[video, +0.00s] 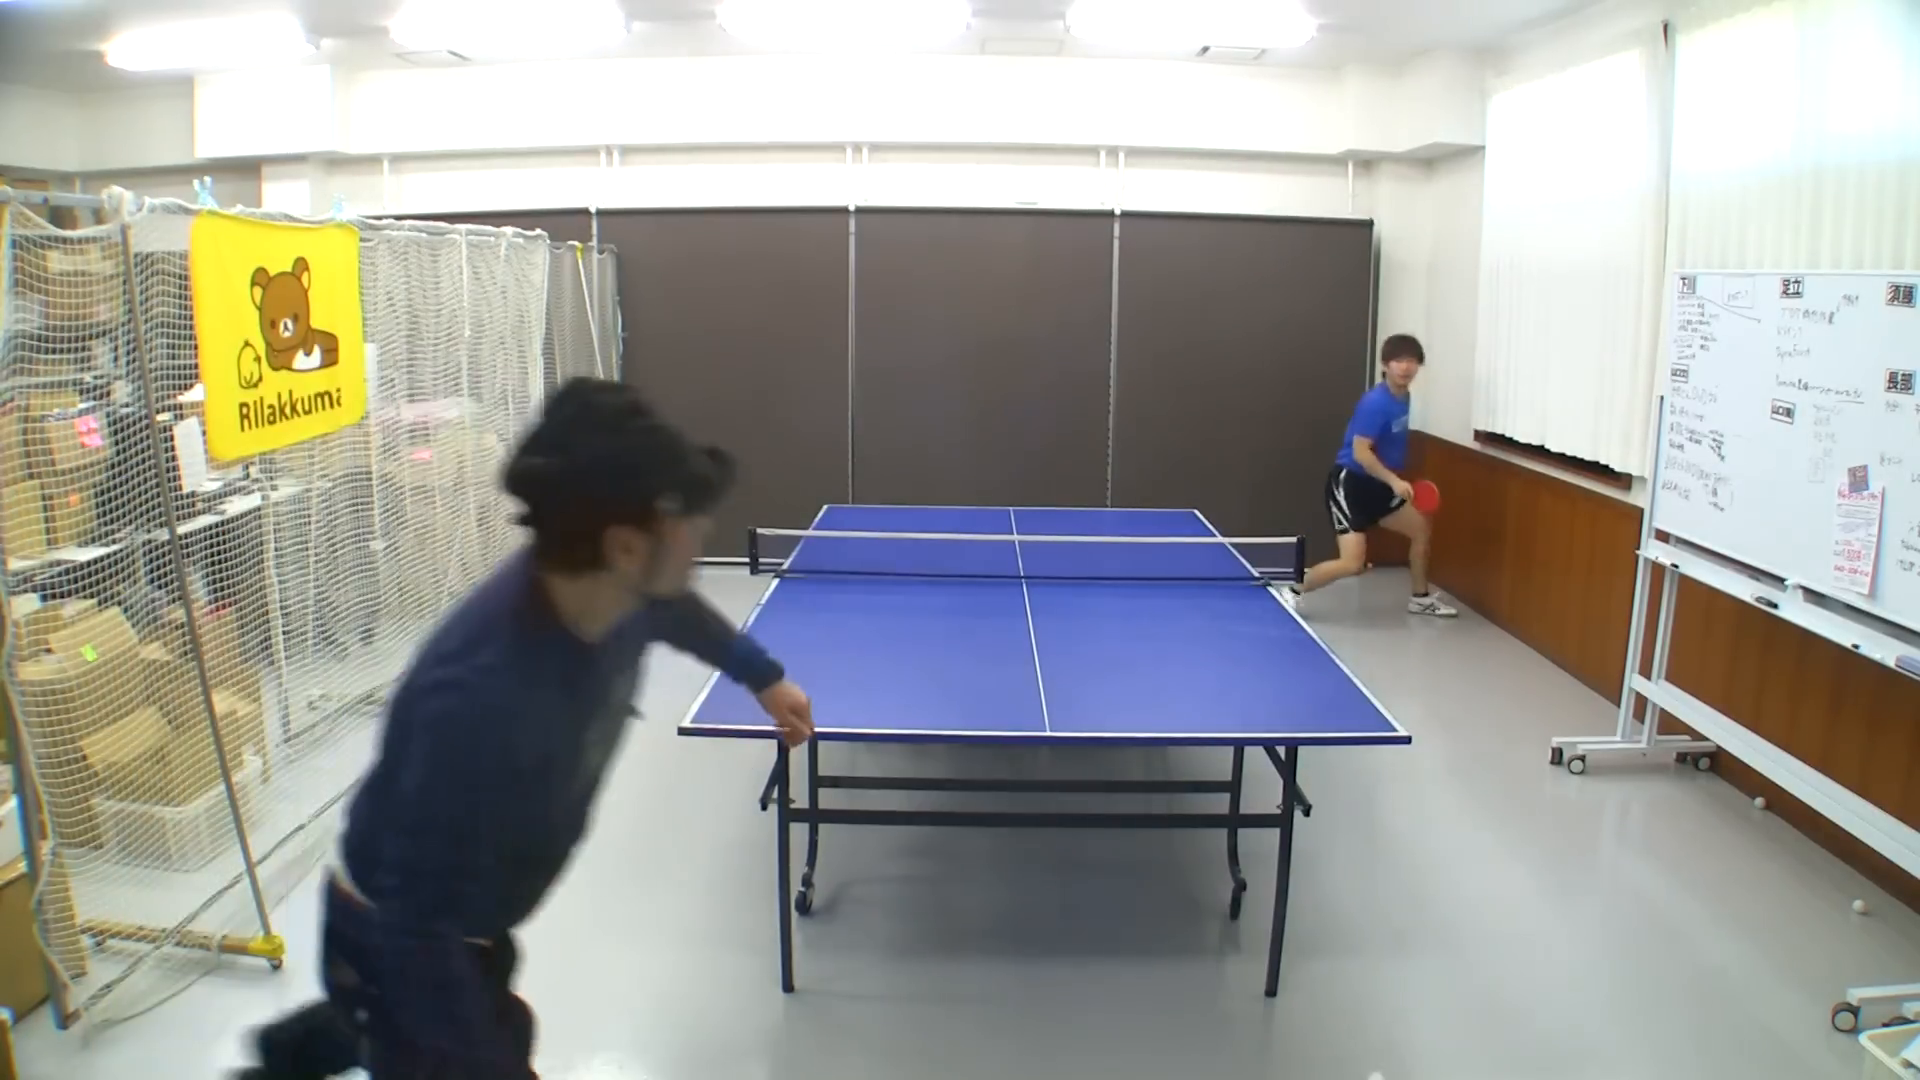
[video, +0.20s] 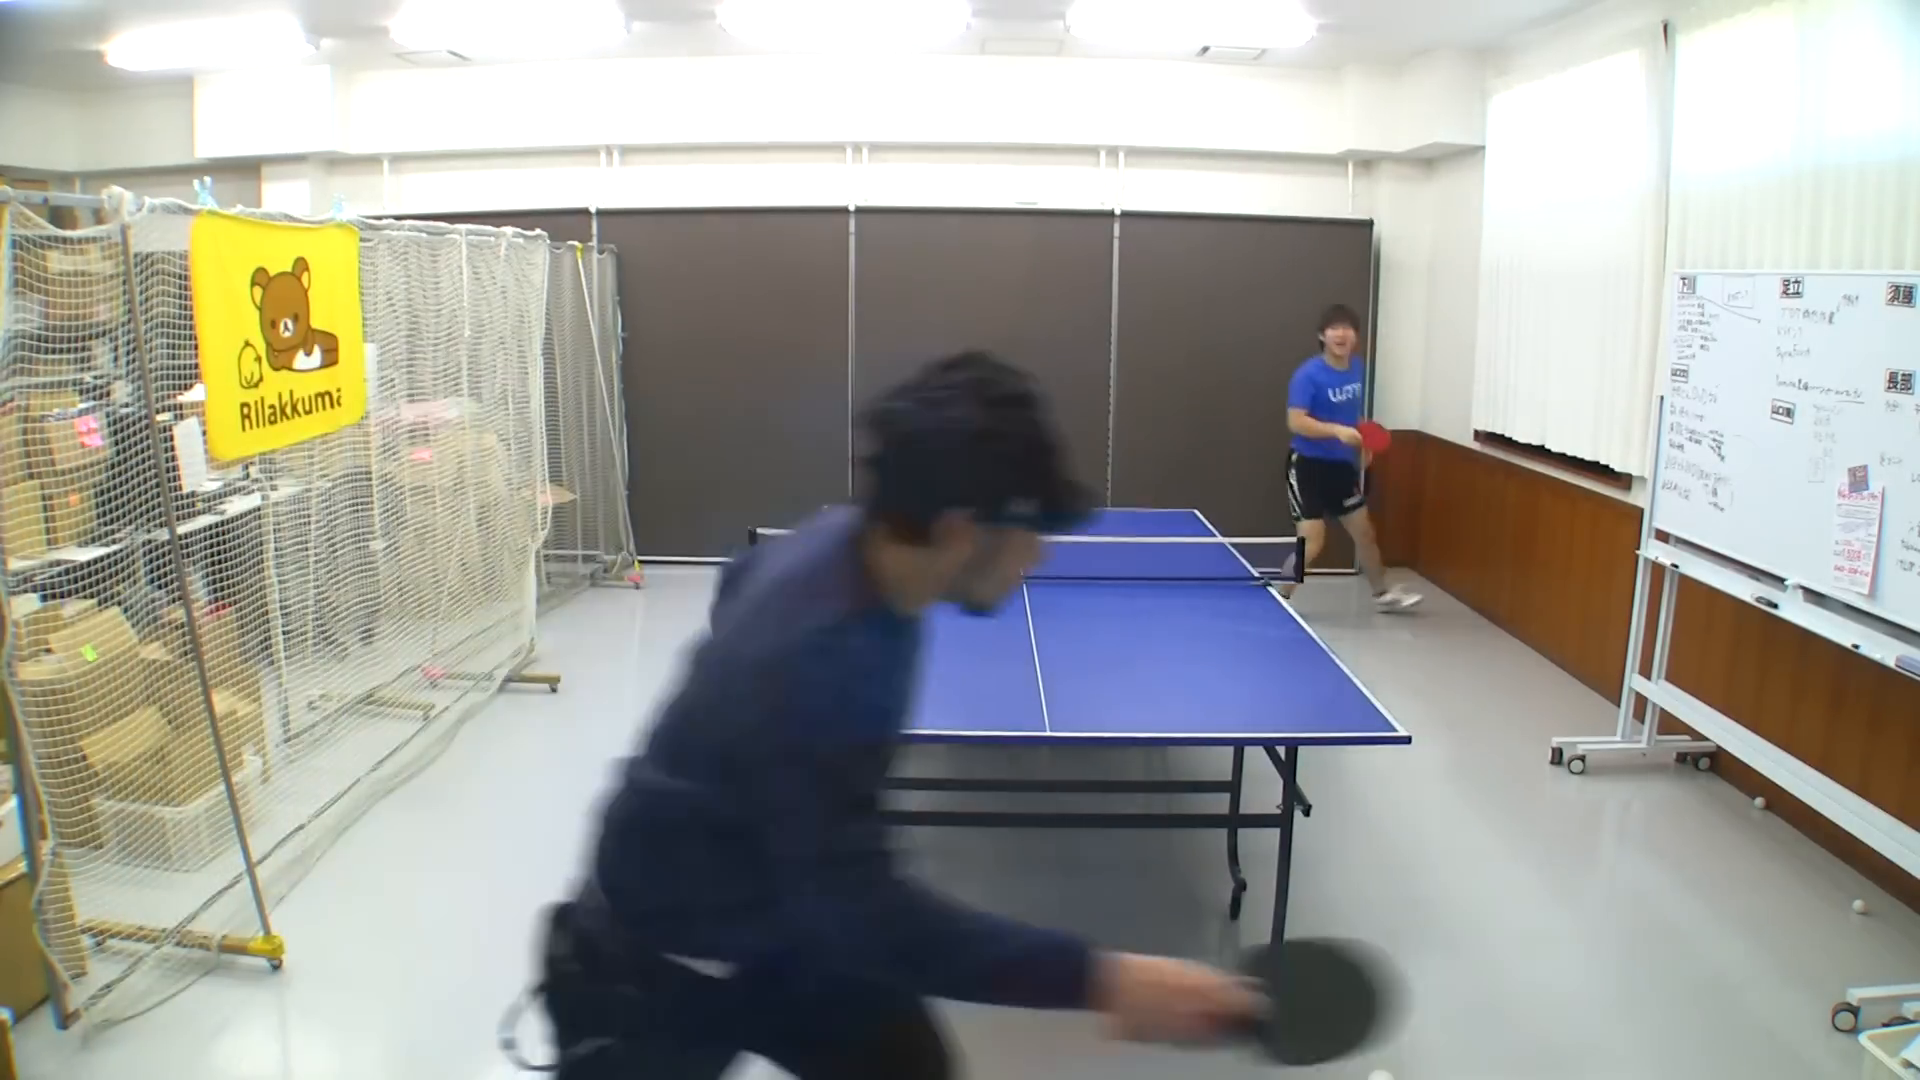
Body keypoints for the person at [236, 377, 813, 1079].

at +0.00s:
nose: (698, 534)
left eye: (692, 515)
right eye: (684, 519)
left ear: (624, 547)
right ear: (625, 548)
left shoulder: (609, 592)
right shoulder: (476, 687)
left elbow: (675, 611)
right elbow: (407, 915)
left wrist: (764, 678)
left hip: (474, 914)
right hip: (401, 942)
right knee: (492, 1061)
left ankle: (294, 1049)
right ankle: (295, 1057)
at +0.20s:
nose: (1040, 555)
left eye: (1042, 532)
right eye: (1028, 532)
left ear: (941, 528)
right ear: (954, 531)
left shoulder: (835, 553)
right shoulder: (821, 653)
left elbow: (738, 583)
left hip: (764, 922)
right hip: (663, 954)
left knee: (911, 1054)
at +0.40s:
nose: (1383, 649)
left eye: (1390, 623)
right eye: (1379, 618)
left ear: (1304, 600)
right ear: (1308, 602)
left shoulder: (1144, 636)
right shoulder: (1198, 805)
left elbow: (1026, 768)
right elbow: (1125, 1048)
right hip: (1007, 1059)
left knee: (1233, 1065)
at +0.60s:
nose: (1596, 644)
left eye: (1616, 621)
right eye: (1606, 614)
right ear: (1535, 561)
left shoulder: (1396, 578)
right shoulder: (1367, 714)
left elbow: (1354, 754)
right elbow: (1223, 974)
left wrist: (1471, 825)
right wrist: (1207, 1068)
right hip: (1210, 1021)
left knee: (1372, 1059)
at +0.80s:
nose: (1753, 566)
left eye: (1767, 539)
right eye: (1752, 531)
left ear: (1665, 481)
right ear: (1669, 478)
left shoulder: (1613, 560)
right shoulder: (1513, 634)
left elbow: (1629, 735)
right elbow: (1410, 939)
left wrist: (1628, 883)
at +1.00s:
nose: (1883, 648)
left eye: (1895, 622)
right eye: (1869, 613)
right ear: (1775, 548)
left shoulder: (1770, 634)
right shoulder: (1627, 701)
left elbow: (1766, 813)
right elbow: (1507, 956)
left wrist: (1793, 973)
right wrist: (1486, 1070)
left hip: (1661, 1019)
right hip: (1549, 1041)